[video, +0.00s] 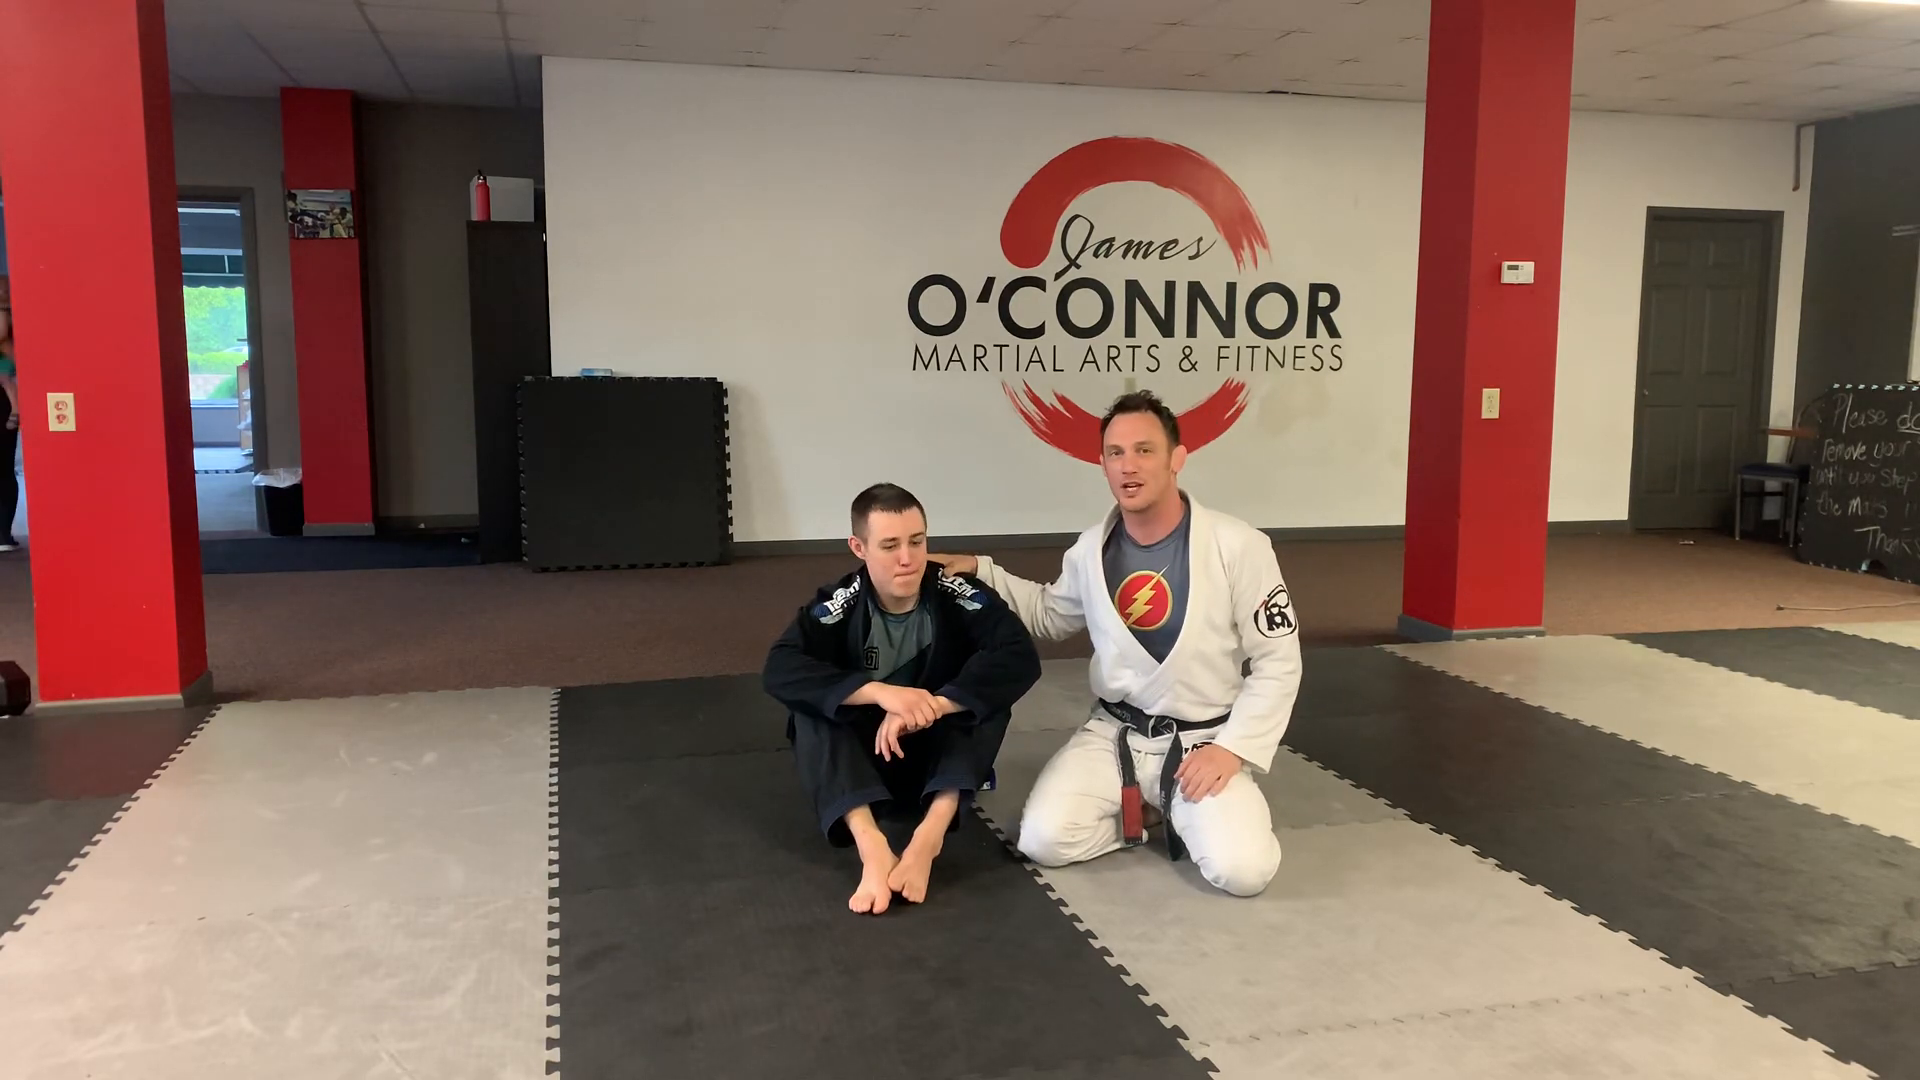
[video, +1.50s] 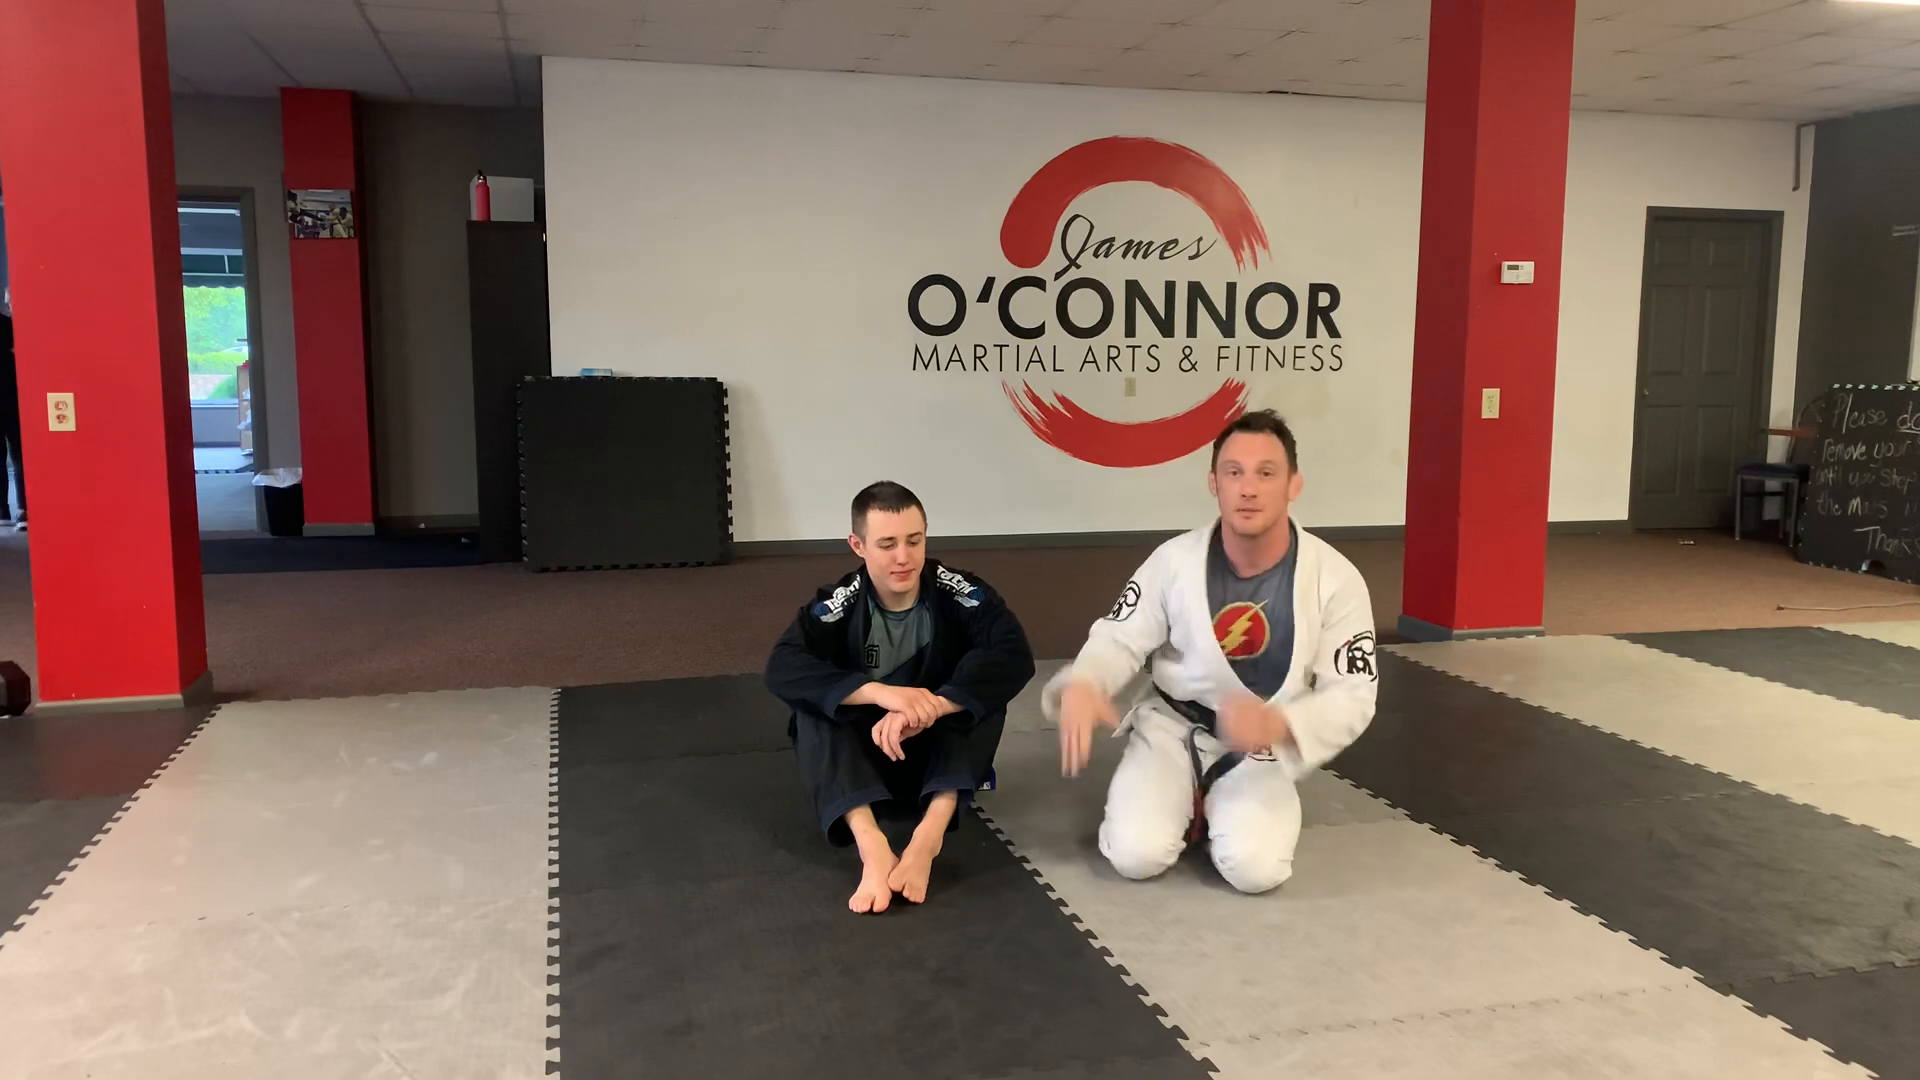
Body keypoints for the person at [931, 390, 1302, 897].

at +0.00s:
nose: (1127, 467)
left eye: (1144, 450)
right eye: (1115, 453)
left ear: (1176, 460)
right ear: (1102, 464)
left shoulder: (1239, 548)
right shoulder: (1089, 552)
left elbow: (1278, 661)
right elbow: (1050, 616)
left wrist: (1230, 749)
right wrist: (979, 568)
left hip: (1207, 739)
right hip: (1114, 732)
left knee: (1245, 871)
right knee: (1044, 841)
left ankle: (1186, 804)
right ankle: (1152, 810)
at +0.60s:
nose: (1137, 463)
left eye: (1154, 447)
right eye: (1129, 449)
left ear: (1194, 457)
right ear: (1119, 457)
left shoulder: (1248, 548)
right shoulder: (1107, 544)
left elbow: (1292, 651)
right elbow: (1063, 597)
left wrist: (1227, 692)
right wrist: (980, 553)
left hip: (1207, 736)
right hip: (1115, 728)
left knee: (1246, 870)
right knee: (1045, 840)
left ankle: (1190, 800)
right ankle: (1149, 807)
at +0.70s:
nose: (1134, 464)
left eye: (1150, 449)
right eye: (1129, 451)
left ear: (1196, 458)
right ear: (1124, 458)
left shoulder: (1251, 547)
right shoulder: (1114, 540)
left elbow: (1291, 658)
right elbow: (1063, 593)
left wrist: (1210, 621)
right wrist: (989, 540)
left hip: (1208, 736)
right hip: (1116, 726)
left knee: (1246, 871)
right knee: (1045, 841)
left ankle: (1193, 800)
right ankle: (1153, 811)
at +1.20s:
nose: (1218, 474)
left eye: (1235, 459)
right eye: (1205, 458)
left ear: (1266, 466)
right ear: (1190, 464)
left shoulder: (1308, 550)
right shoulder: (1158, 539)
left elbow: (1314, 651)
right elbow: (1090, 592)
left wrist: (1262, 556)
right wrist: (993, 572)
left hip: (1241, 741)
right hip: (1144, 726)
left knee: (1268, 861)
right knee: (1055, 844)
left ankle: (1205, 800)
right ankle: (1159, 805)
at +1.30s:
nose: (1236, 474)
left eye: (1253, 459)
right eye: (1223, 459)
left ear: (1280, 470)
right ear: (1204, 467)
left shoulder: (1319, 559)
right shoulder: (1168, 541)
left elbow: (1328, 671)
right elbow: (1118, 608)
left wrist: (1279, 574)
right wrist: (1032, 586)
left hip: (1247, 740)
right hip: (1150, 724)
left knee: (1257, 860)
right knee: (1072, 845)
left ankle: (1209, 799)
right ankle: (1161, 807)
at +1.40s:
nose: (1243, 477)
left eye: (1261, 464)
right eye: (1230, 462)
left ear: (1287, 479)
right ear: (1210, 475)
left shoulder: (1326, 574)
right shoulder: (1172, 549)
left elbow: (1345, 696)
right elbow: (1131, 620)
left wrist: (1284, 631)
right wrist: (1081, 631)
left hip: (1250, 743)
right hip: (1160, 723)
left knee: (1248, 866)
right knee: (1107, 848)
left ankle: (1213, 796)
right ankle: (1174, 798)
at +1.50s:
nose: (1247, 489)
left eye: (1266, 473)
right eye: (1233, 472)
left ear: (1293, 487)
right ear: (1214, 483)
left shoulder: (1335, 581)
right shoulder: (1174, 562)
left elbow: (1353, 694)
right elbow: (1120, 637)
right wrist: (1083, 682)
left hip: (1264, 744)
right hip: (1171, 726)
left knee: (1256, 869)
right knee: (1135, 855)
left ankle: (1220, 800)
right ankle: (1183, 798)